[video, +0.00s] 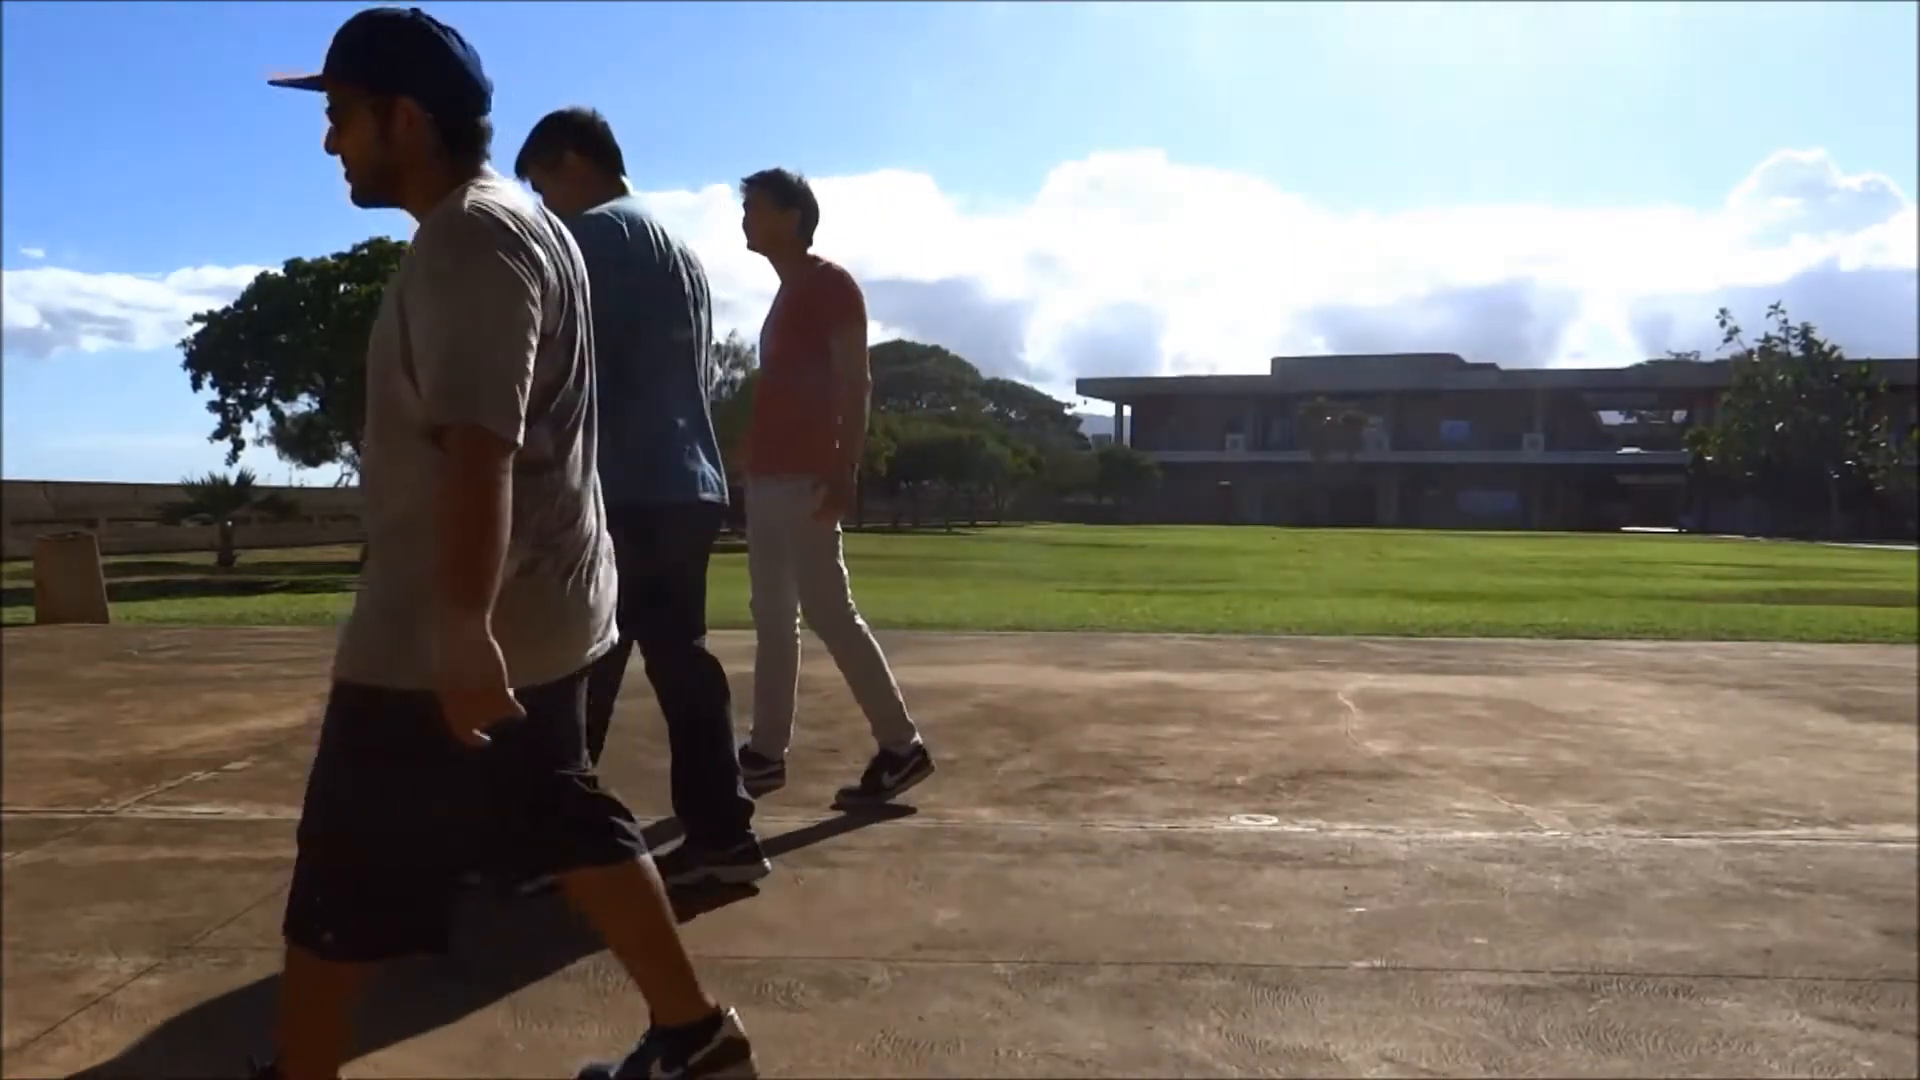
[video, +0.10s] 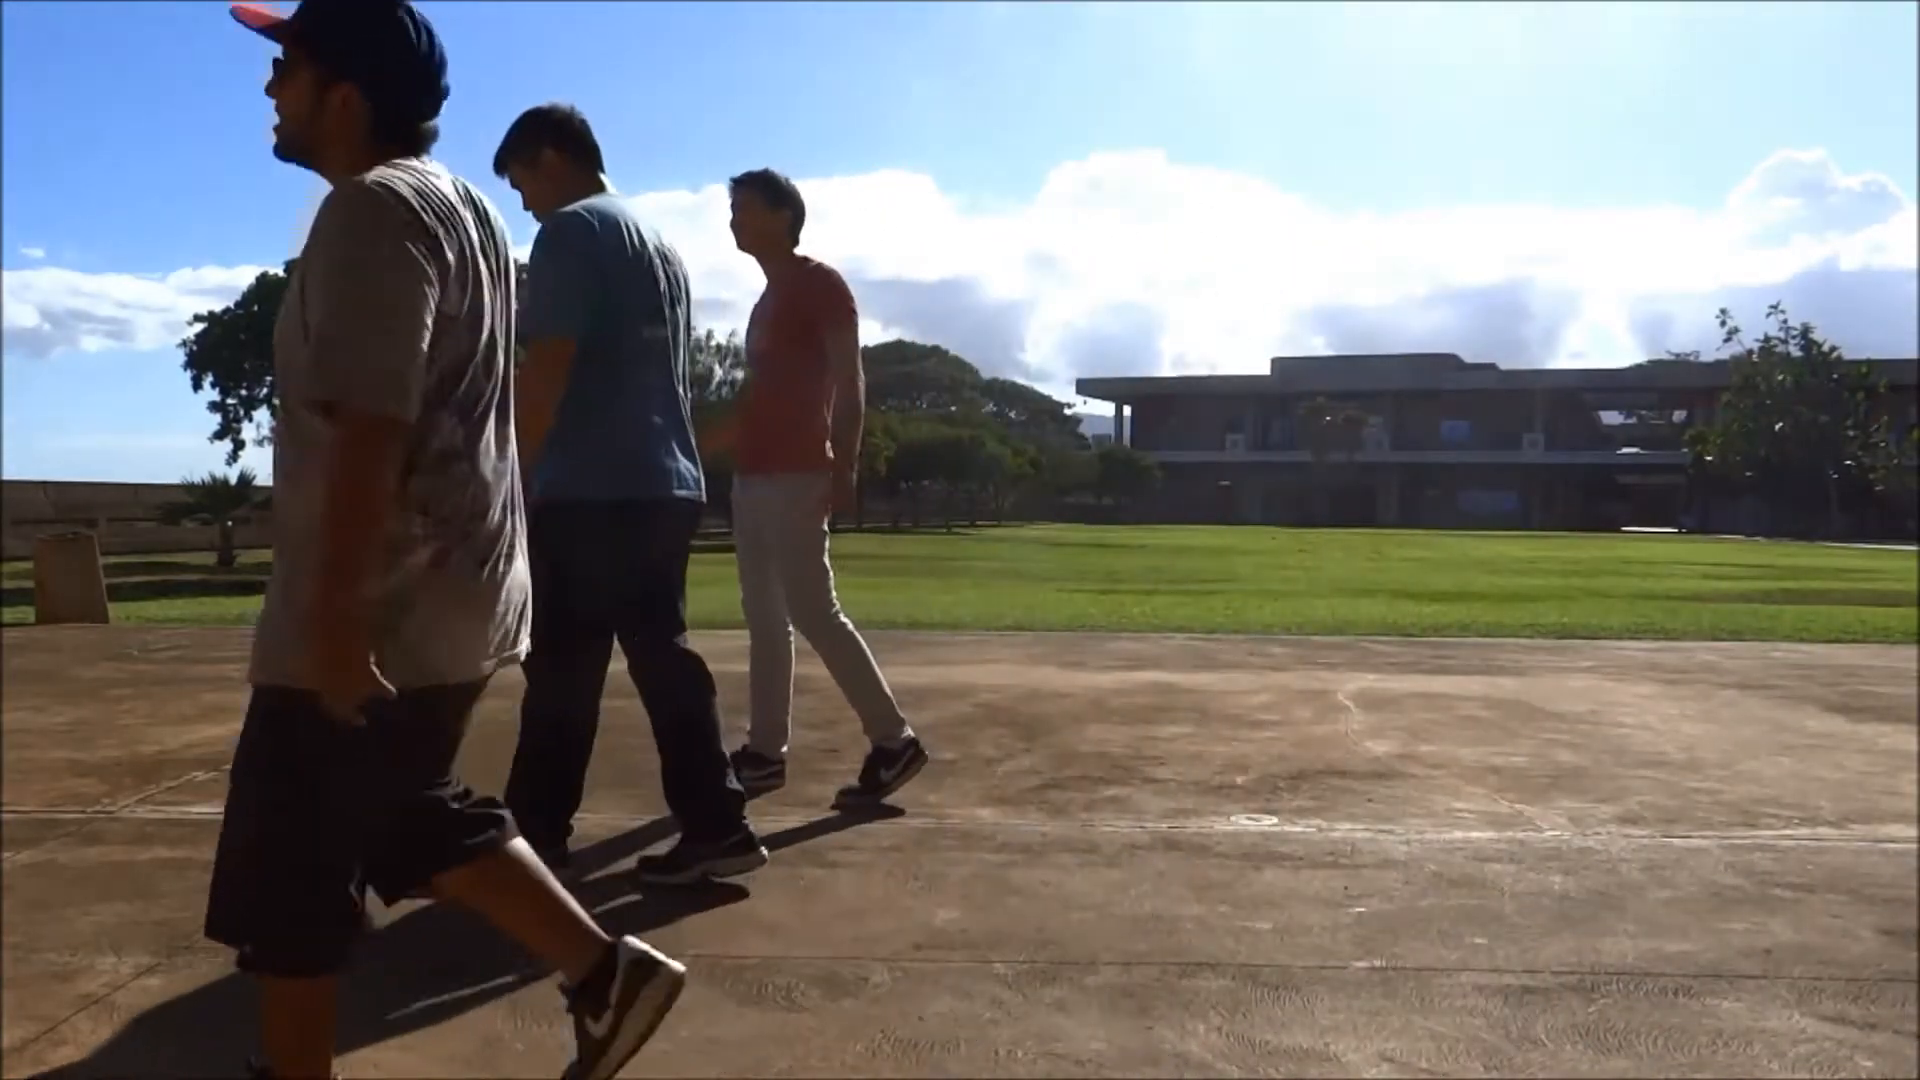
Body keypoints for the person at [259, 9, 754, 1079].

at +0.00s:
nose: (329, 142)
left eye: (341, 116)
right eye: (329, 118)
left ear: (407, 116)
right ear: (433, 119)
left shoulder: (467, 241)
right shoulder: (534, 230)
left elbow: (479, 445)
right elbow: (543, 437)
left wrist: (465, 625)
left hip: (423, 647)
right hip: (536, 622)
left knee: (336, 895)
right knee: (563, 811)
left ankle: (299, 1064)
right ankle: (690, 1025)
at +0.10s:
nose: (271, 90)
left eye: (286, 70)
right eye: (276, 70)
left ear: (344, 93)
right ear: (386, 100)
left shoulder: (371, 210)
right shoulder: (459, 206)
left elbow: (371, 427)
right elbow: (469, 414)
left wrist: (333, 615)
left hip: (354, 623)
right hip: (449, 608)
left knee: (285, 902)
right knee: (410, 816)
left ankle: (296, 1069)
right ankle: (601, 969)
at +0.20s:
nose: (227, 59)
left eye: (239, 39)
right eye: (235, 37)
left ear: (287, 64)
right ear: (348, 72)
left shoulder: (289, 153)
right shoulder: (415, 182)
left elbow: (272, 363)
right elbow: (441, 369)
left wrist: (199, 537)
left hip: (311, 562)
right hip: (404, 556)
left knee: (256, 815)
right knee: (311, 773)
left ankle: (296, 1062)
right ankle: (453, 946)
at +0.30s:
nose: (189, 27)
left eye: (204, 16)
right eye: (201, 13)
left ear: (233, 48)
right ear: (320, 66)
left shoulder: (227, 171)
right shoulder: (374, 195)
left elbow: (154, 362)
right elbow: (401, 361)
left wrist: (35, 495)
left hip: (255, 562)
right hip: (344, 554)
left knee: (261, 816)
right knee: (254, 785)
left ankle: (300, 1065)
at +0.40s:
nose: (137, 55)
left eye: (154, 37)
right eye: (151, 34)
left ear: (188, 65)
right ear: (264, 83)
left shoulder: (143, 199)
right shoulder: (315, 214)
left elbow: (21, 391)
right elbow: (341, 391)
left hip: (193, 587)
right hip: (298, 571)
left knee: (260, 840)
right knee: (138, 801)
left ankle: (294, 1064)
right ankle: (101, 1017)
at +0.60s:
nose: (38, 89)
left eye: (53, 70)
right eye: (49, 70)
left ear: (86, 91)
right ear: (175, 115)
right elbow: (246, 398)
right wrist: (149, 476)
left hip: (44, 575)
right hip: (177, 574)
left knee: (103, 814)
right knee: (40, 813)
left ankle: (258, 1049)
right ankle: (13, 1025)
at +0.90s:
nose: (34, 105)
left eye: (22, 88)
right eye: (37, 89)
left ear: (2, 90)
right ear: (36, 95)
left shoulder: (67, 209)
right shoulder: (84, 210)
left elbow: (142, 369)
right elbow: (148, 370)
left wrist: (63, 466)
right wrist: (73, 458)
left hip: (26, 546)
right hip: (63, 548)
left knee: (36, 772)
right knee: (41, 769)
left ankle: (25, 1022)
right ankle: (25, 1024)